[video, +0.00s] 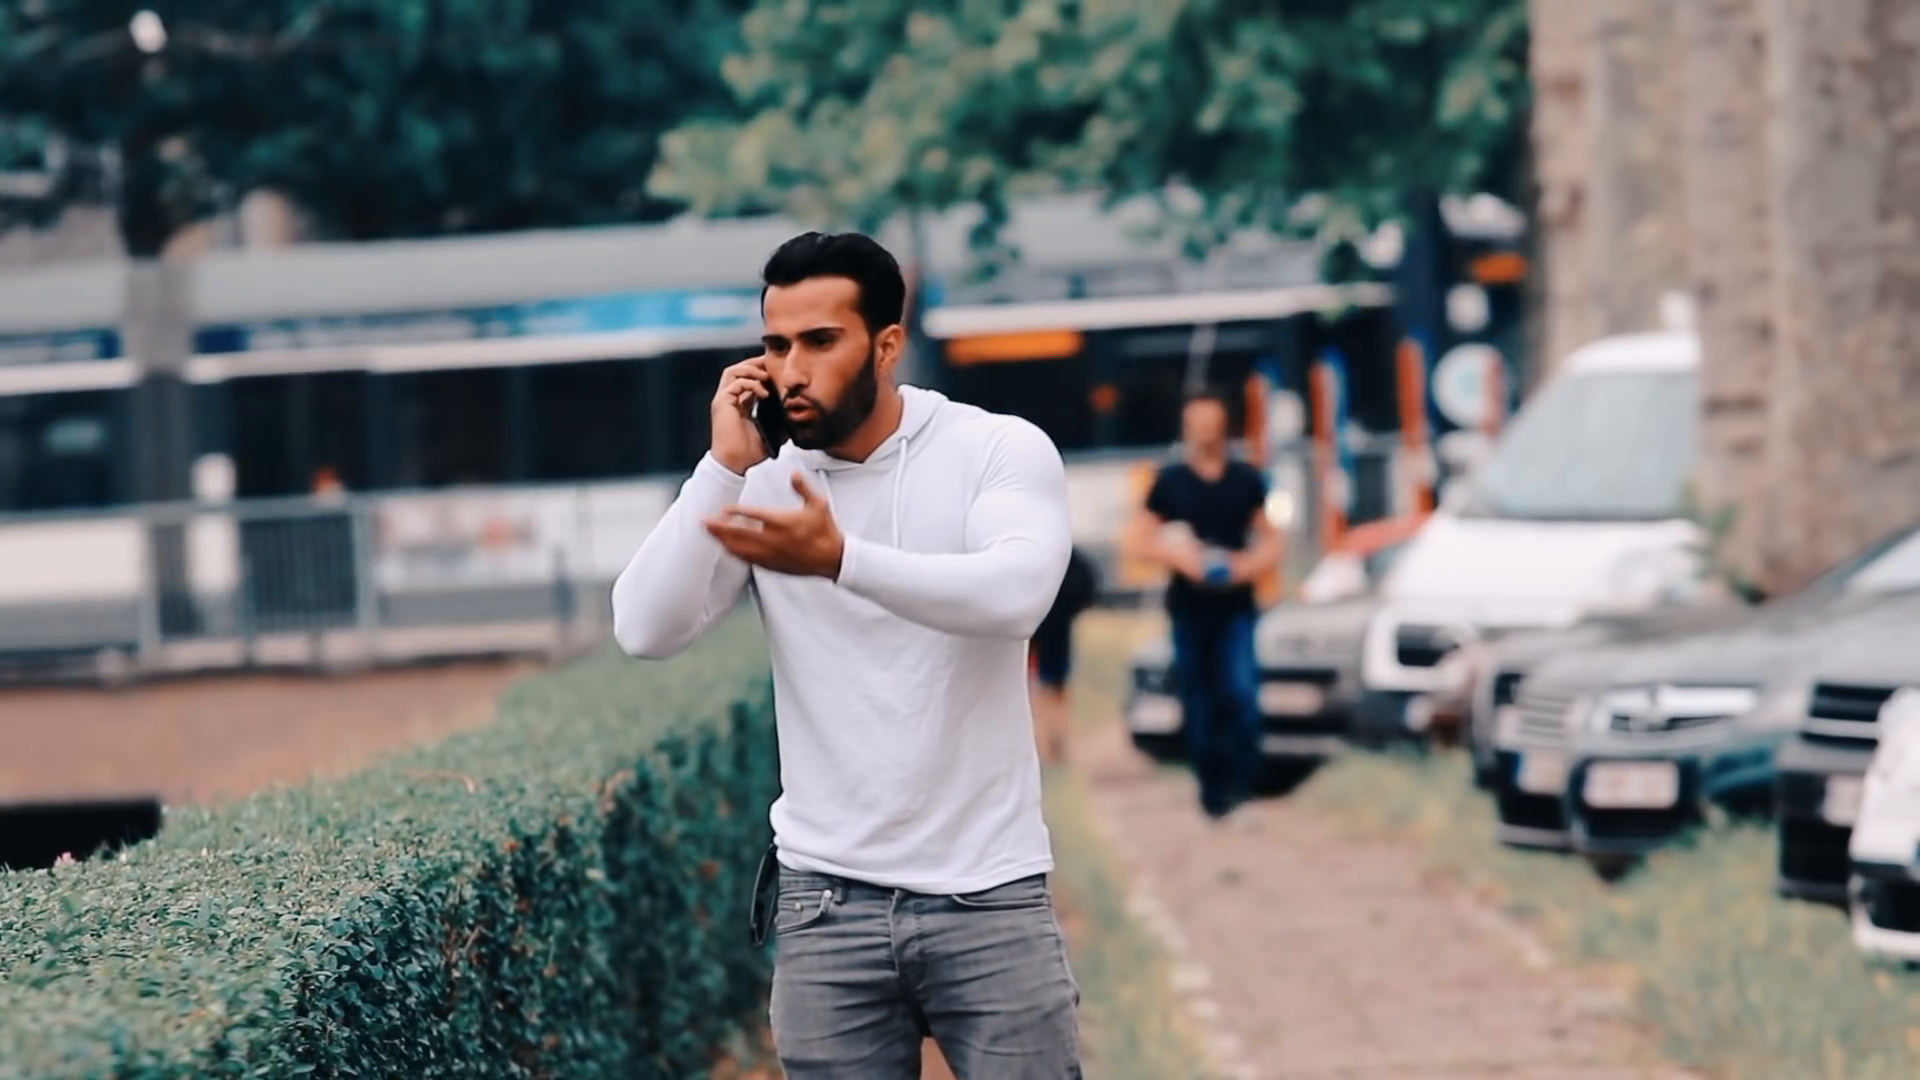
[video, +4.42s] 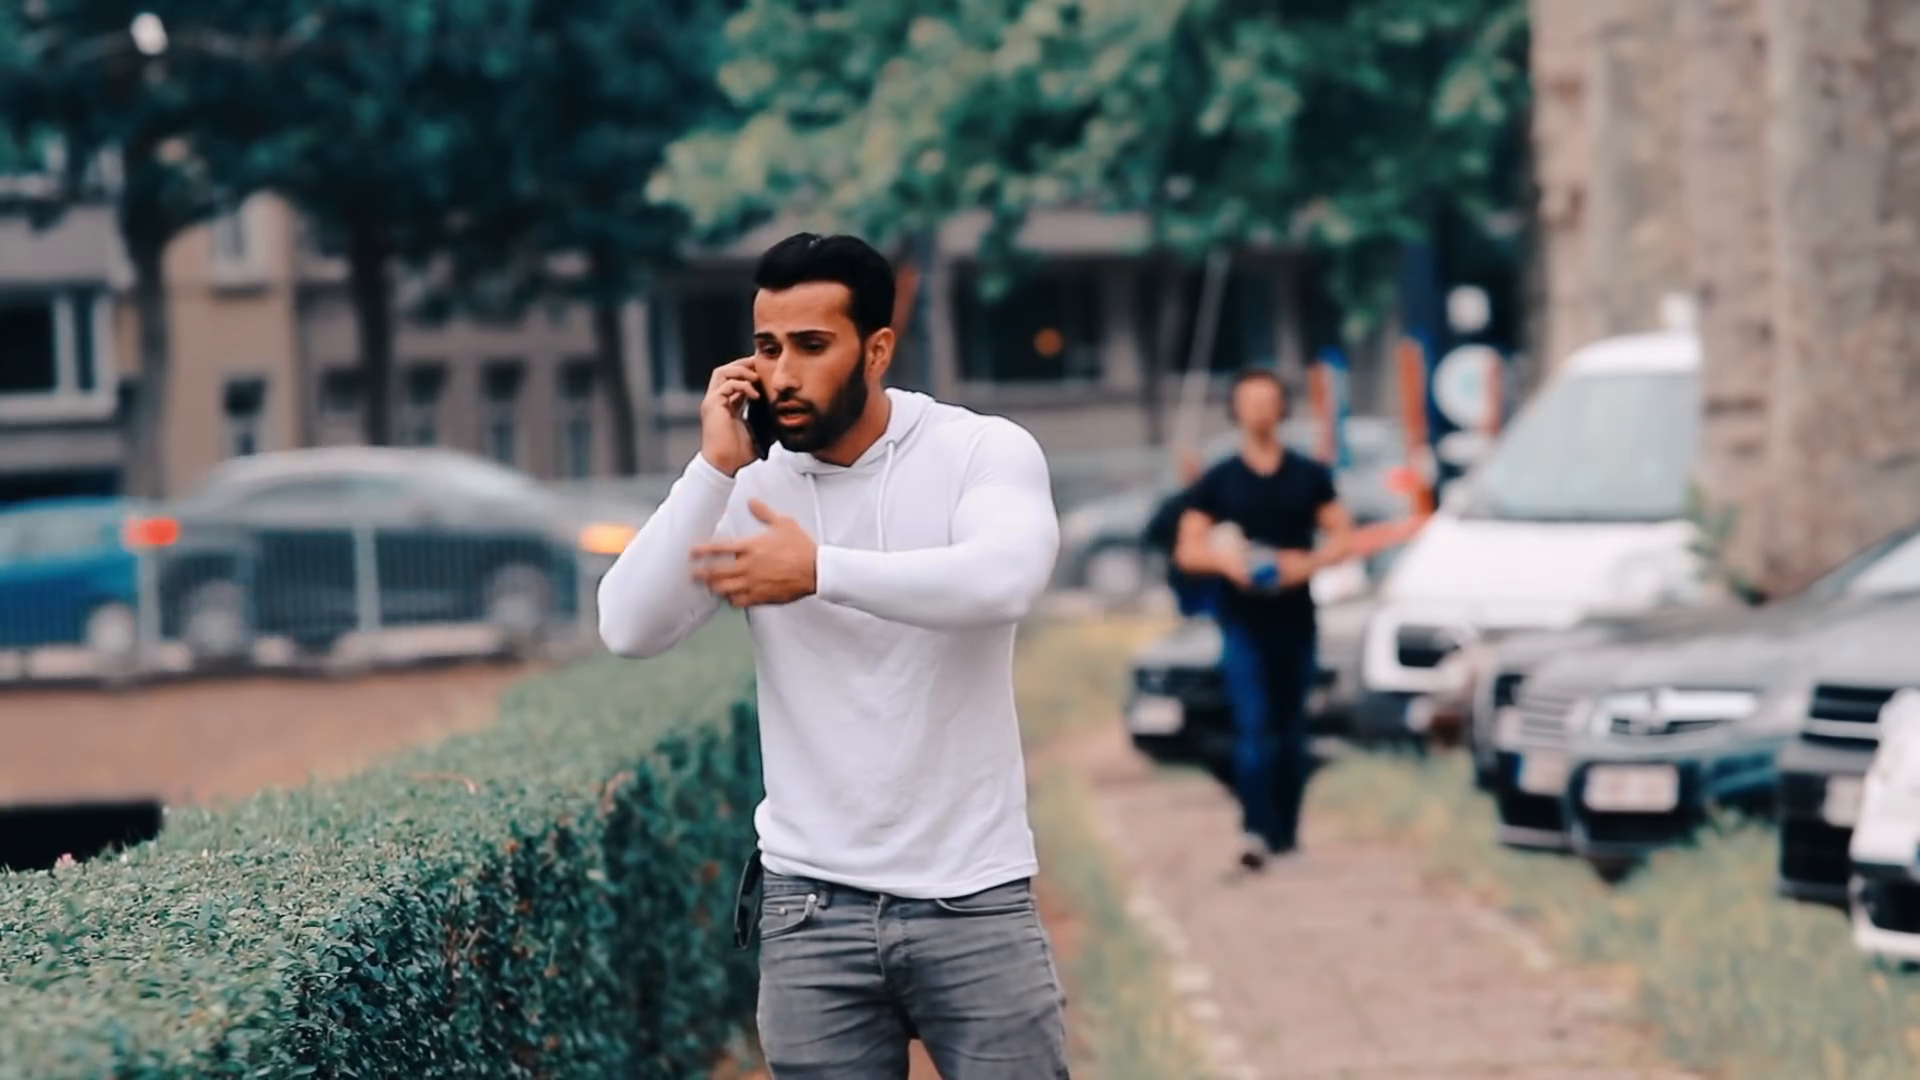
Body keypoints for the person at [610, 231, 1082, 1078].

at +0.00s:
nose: (789, 371)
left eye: (818, 342)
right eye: (776, 346)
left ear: (887, 343)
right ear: (762, 350)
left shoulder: (1003, 450)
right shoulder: (762, 481)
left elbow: (1015, 598)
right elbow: (644, 627)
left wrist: (838, 560)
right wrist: (722, 467)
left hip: (992, 895)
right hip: (823, 901)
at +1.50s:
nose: (786, 373)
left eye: (815, 344)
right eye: (774, 348)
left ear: (885, 347)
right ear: (759, 355)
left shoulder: (1004, 458)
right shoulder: (758, 491)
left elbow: (1009, 617)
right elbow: (643, 631)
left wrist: (854, 648)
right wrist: (723, 469)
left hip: (990, 900)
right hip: (821, 906)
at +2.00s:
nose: (784, 374)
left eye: (812, 343)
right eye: (770, 348)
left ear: (881, 346)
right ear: (755, 355)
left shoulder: (1000, 456)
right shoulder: (758, 482)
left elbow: (1004, 603)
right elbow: (640, 630)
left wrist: (827, 554)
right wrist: (716, 470)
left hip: (984, 897)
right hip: (816, 903)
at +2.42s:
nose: (781, 372)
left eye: (810, 342)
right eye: (768, 347)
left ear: (880, 345)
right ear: (754, 355)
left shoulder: (999, 457)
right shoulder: (754, 489)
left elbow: (1002, 616)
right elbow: (639, 632)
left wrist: (840, 638)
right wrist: (718, 467)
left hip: (984, 900)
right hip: (815, 906)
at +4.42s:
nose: (780, 373)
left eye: (809, 345)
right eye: (768, 347)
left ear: (877, 348)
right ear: (752, 351)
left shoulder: (988, 451)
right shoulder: (750, 488)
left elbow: (1003, 583)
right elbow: (628, 626)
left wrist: (820, 571)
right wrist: (713, 466)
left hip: (975, 899)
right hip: (807, 906)